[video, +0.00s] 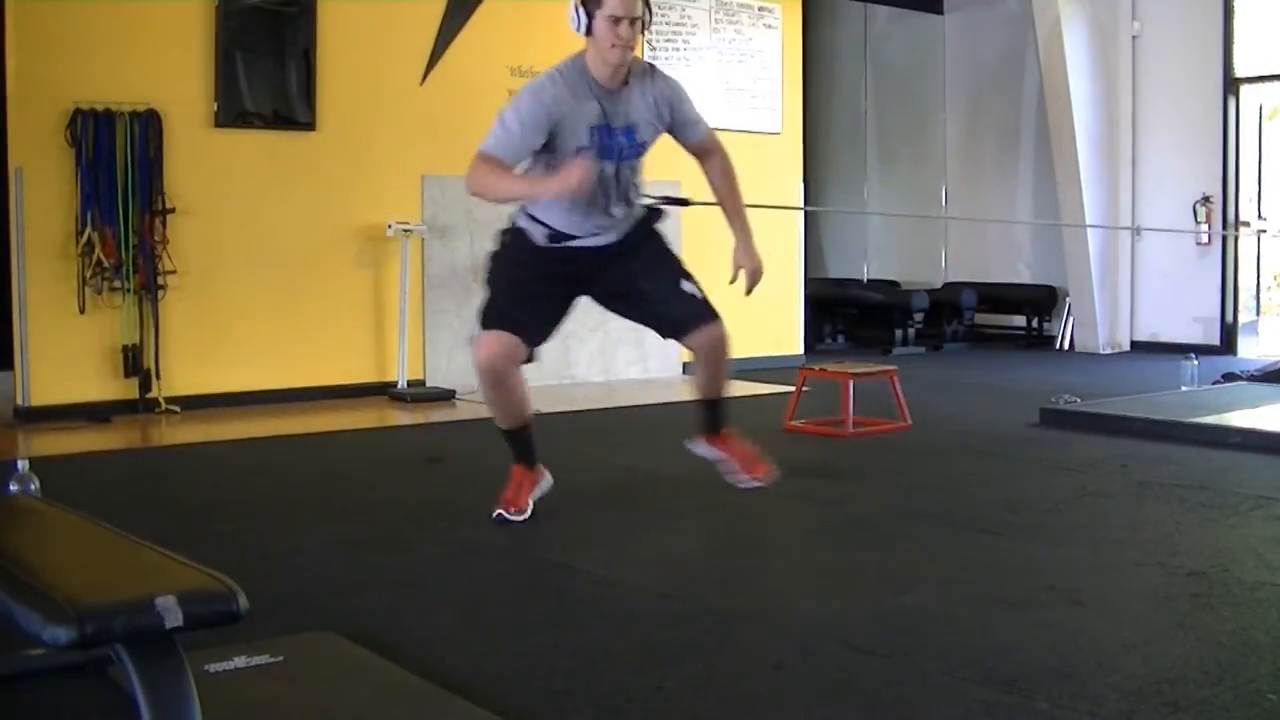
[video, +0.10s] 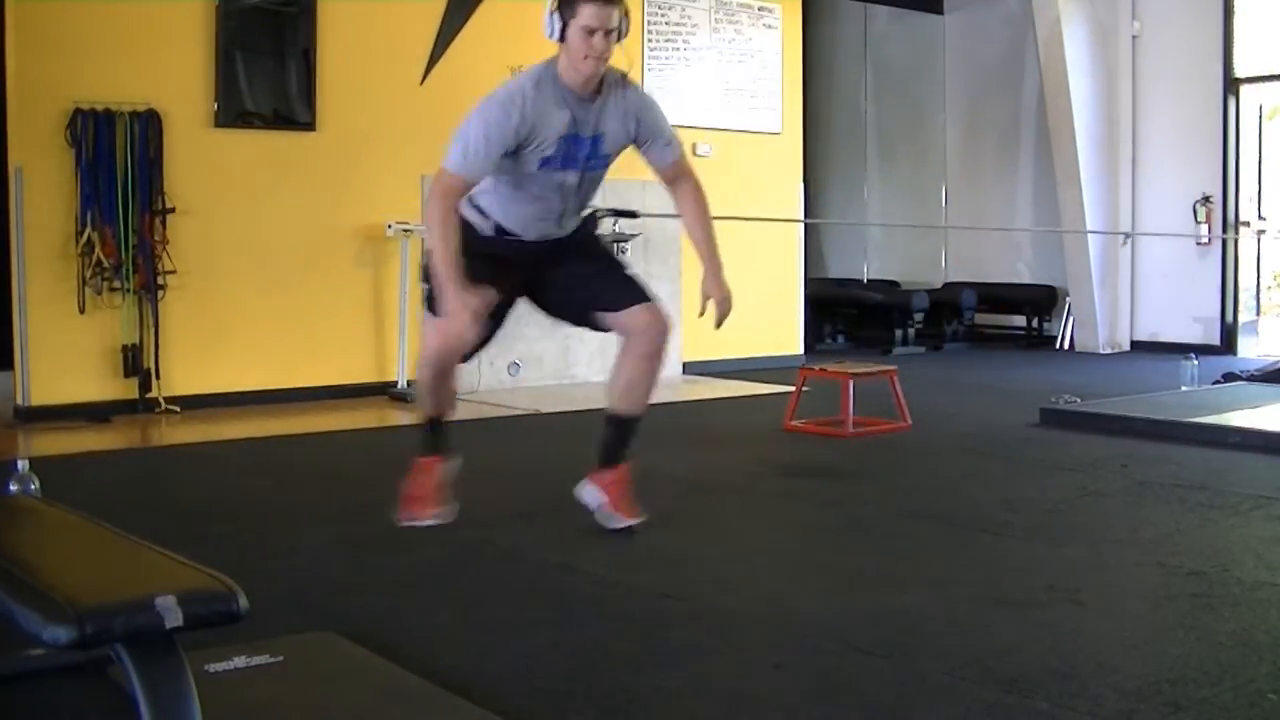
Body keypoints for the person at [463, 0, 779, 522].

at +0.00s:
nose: (626, 34)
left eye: (634, 22)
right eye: (615, 20)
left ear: (642, 28)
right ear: (586, 23)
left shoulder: (658, 90)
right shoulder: (549, 94)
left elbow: (710, 153)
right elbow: (479, 178)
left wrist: (743, 238)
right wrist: (551, 183)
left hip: (624, 243)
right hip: (542, 247)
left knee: (711, 338)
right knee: (492, 355)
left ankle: (712, 433)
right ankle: (527, 469)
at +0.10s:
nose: (600, 46)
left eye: (611, 34)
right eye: (589, 32)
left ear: (619, 38)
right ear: (560, 31)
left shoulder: (630, 103)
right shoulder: (515, 103)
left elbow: (680, 179)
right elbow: (443, 194)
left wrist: (713, 269)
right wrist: (454, 292)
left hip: (564, 246)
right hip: (486, 243)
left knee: (647, 327)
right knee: (440, 346)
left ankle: (608, 474)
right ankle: (433, 462)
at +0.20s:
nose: (562, 89)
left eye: (573, 77)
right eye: (551, 74)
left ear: (584, 82)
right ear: (523, 74)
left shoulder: (592, 145)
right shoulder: (479, 136)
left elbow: (649, 223)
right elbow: (402, 232)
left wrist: (677, 305)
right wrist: (364, 336)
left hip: (516, 272)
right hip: (439, 264)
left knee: (598, 352)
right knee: (366, 368)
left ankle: (576, 497)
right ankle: (271, 497)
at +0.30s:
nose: (505, 149)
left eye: (517, 138)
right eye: (495, 134)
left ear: (530, 142)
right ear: (468, 131)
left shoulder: (542, 195)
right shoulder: (425, 186)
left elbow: (615, 276)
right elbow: (333, 289)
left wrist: (644, 367)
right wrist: (283, 400)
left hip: (470, 299)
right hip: (390, 293)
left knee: (568, 360)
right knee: (309, 388)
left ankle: (572, 500)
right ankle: (198, 526)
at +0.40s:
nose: (431, 212)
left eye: (444, 199)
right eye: (419, 196)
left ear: (458, 200)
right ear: (391, 193)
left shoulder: (478, 243)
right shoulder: (352, 240)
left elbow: (551, 332)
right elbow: (269, 354)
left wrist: (580, 440)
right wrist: (212, 469)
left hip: (429, 320)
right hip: (346, 318)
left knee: (532, 371)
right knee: (273, 390)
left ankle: (573, 501)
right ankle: (185, 534)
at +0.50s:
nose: (371, 268)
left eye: (383, 254)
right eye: (359, 254)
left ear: (401, 246)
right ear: (331, 244)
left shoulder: (427, 281)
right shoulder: (298, 285)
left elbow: (477, 390)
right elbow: (227, 409)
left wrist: (495, 511)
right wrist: (171, 524)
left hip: (391, 317)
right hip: (298, 305)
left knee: (498, 382)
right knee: (221, 390)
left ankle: (570, 497)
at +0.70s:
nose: (411, 230)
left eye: (419, 214)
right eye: (394, 216)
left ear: (427, 211)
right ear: (356, 212)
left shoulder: (439, 261)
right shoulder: (309, 251)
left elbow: (483, 373)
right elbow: (235, 361)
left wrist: (496, 482)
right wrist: (186, 479)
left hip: (399, 316)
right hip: (312, 314)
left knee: (507, 375)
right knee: (242, 379)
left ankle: (565, 499)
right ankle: (189, 510)